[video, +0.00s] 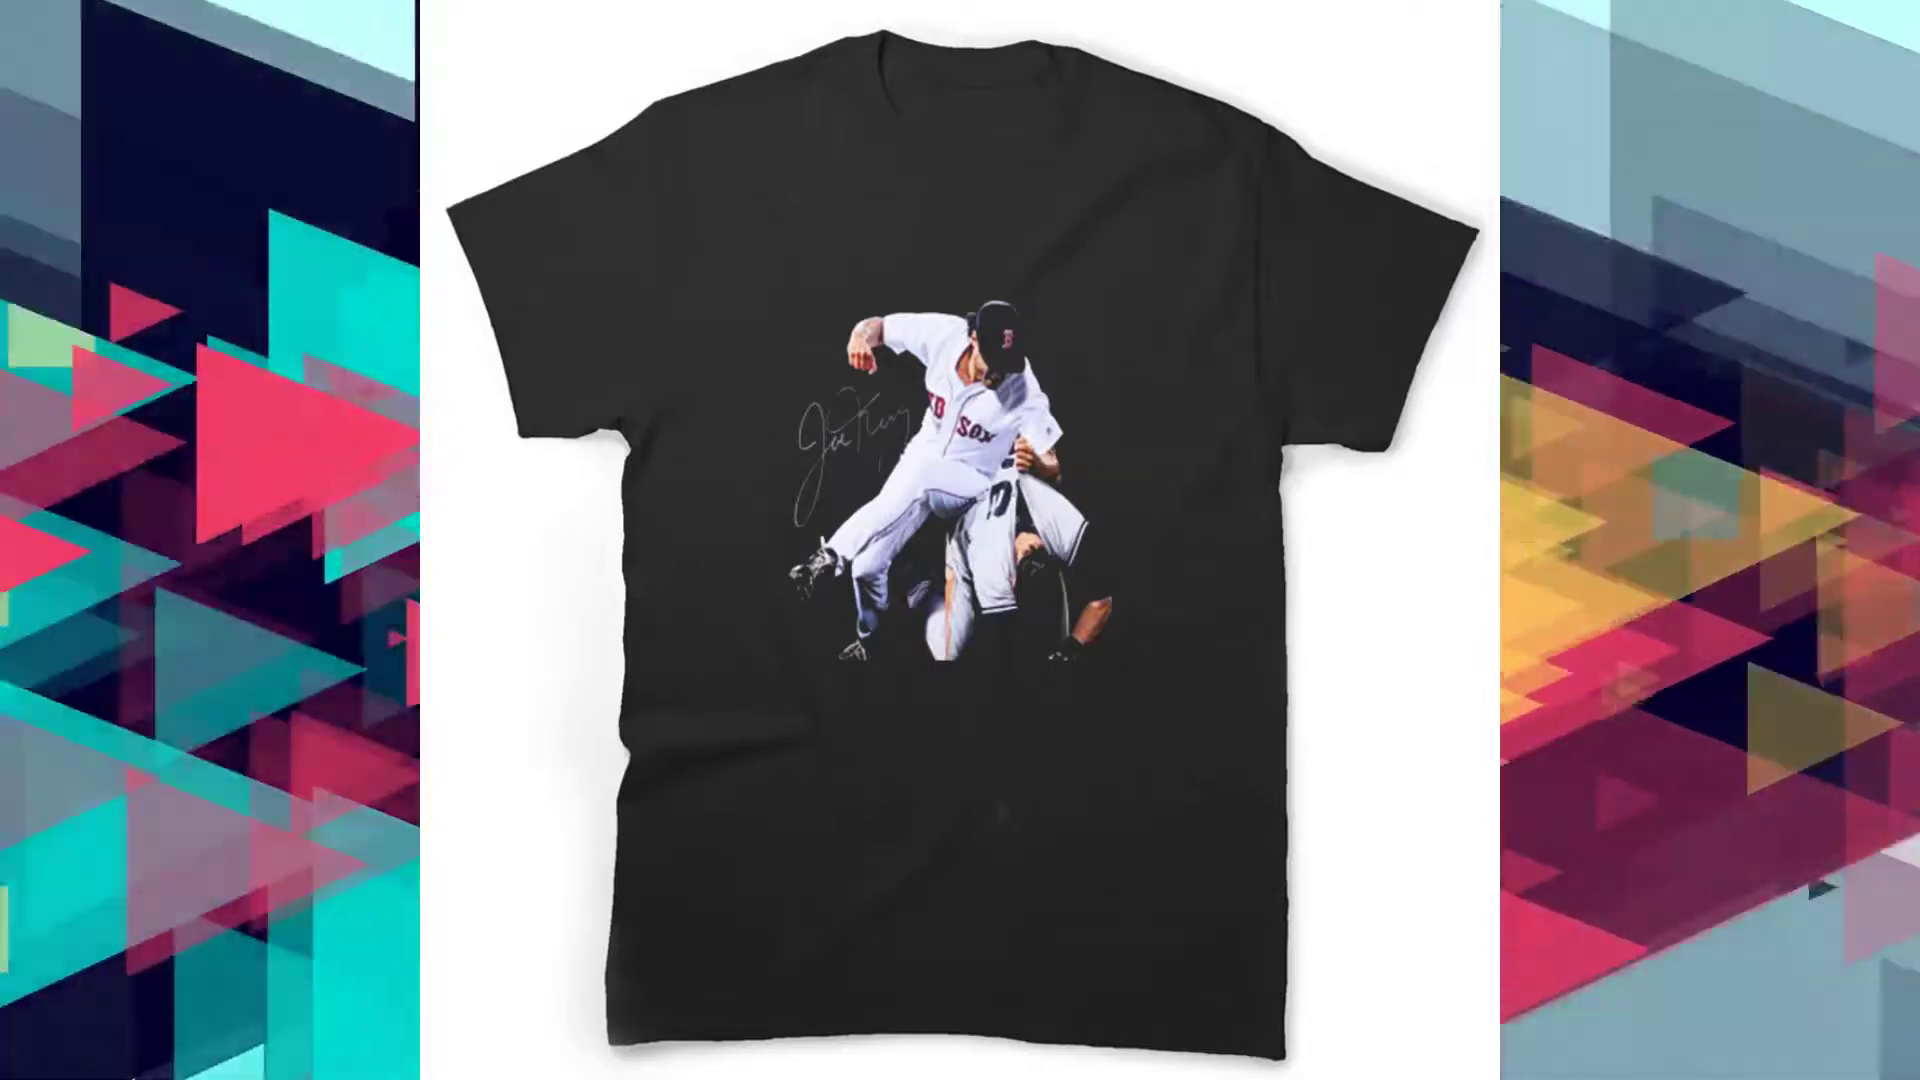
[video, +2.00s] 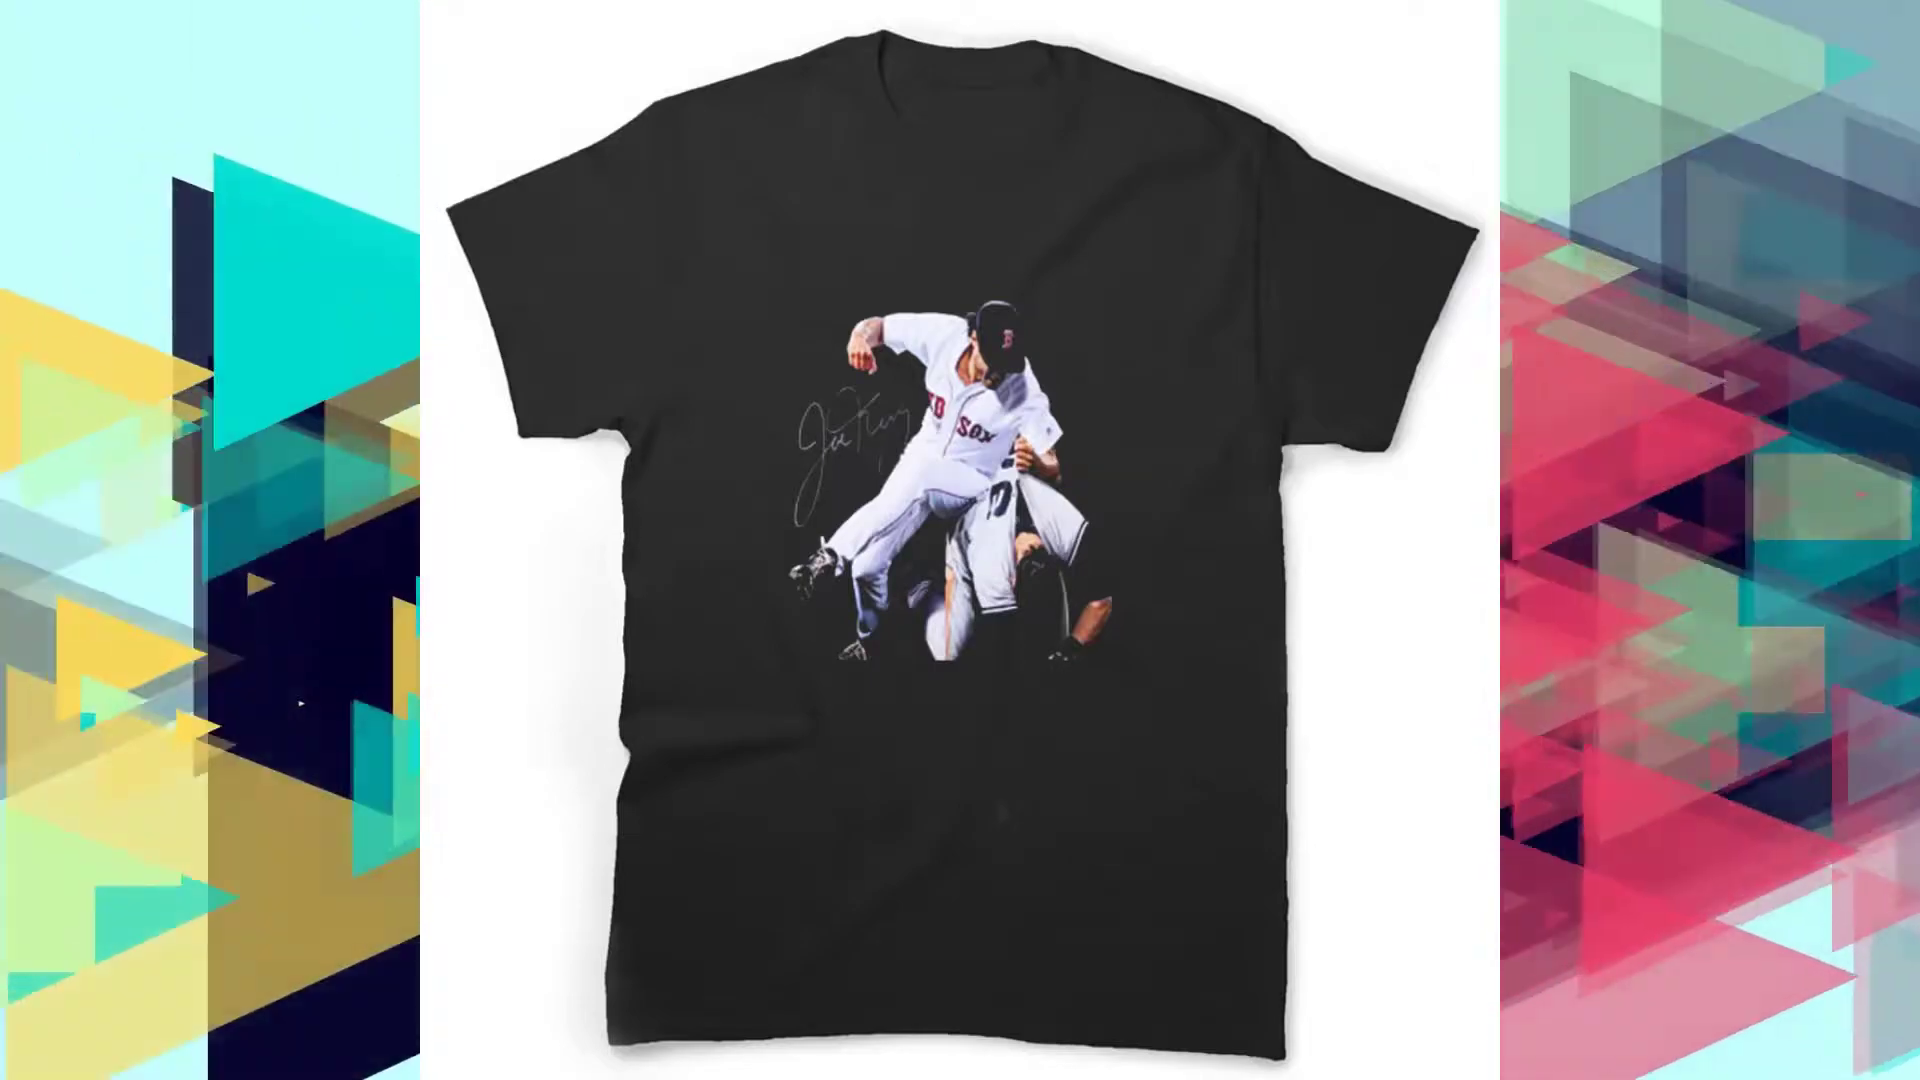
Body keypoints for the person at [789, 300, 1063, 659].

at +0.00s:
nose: (997, 374)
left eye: (1006, 367)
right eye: (991, 364)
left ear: (1017, 354)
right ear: (973, 341)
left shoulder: (1023, 389)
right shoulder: (946, 334)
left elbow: (1054, 468)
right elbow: (878, 327)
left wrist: (1038, 463)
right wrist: (861, 338)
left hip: (979, 482)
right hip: (922, 460)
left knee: (920, 476)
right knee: (867, 566)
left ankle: (828, 560)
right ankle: (871, 642)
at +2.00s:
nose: (997, 374)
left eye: (1006, 367)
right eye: (992, 365)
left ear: (1017, 354)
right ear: (973, 341)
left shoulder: (1024, 390)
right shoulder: (946, 334)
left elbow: (1053, 468)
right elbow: (877, 327)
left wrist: (1038, 463)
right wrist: (861, 339)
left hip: (978, 482)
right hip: (922, 460)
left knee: (920, 477)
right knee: (867, 566)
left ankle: (828, 560)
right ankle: (871, 641)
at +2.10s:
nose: (997, 374)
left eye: (1006, 367)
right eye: (991, 364)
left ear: (1017, 354)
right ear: (973, 341)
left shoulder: (1023, 389)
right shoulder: (946, 334)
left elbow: (1054, 468)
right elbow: (878, 327)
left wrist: (1038, 463)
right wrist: (861, 338)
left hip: (979, 482)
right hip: (922, 460)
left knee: (920, 476)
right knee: (867, 566)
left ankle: (828, 560)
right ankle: (871, 641)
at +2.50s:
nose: (997, 374)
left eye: (1006, 367)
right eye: (991, 364)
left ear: (1017, 354)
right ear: (973, 341)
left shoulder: (1023, 389)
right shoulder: (946, 334)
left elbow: (1054, 468)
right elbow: (878, 327)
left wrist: (1038, 463)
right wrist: (861, 338)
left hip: (979, 482)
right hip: (922, 460)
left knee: (920, 476)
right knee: (867, 566)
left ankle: (828, 560)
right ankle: (871, 641)